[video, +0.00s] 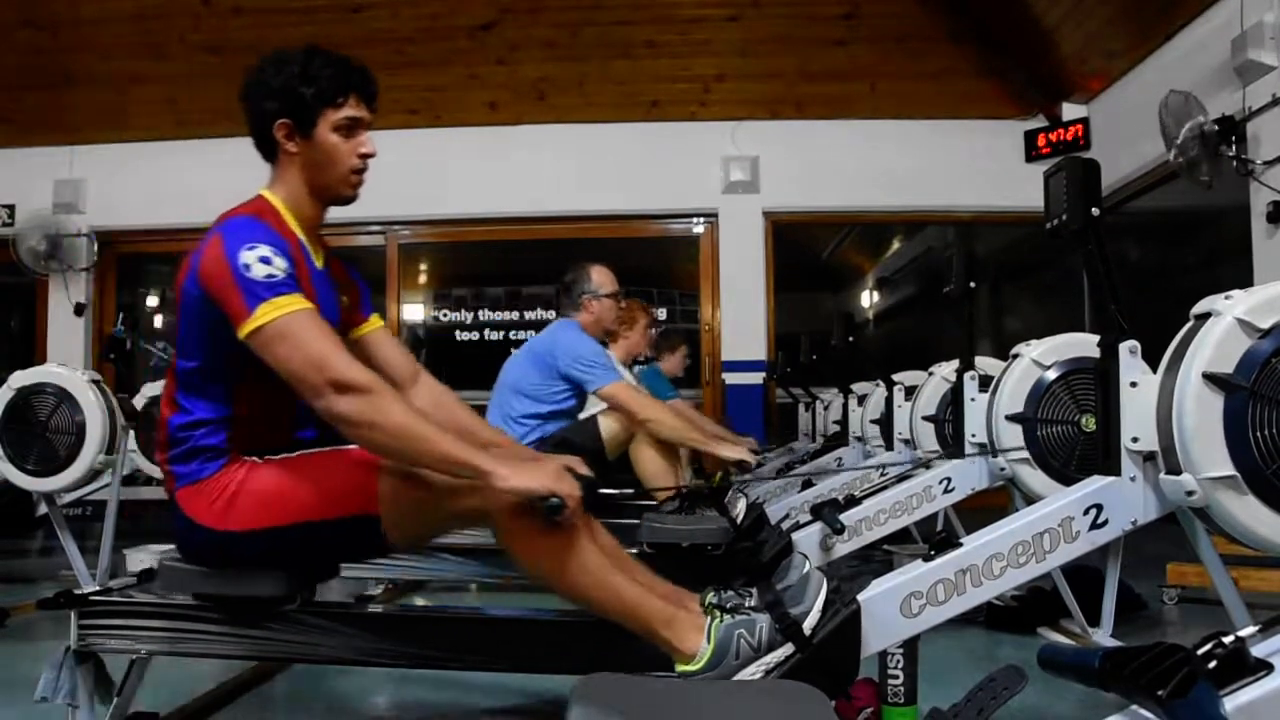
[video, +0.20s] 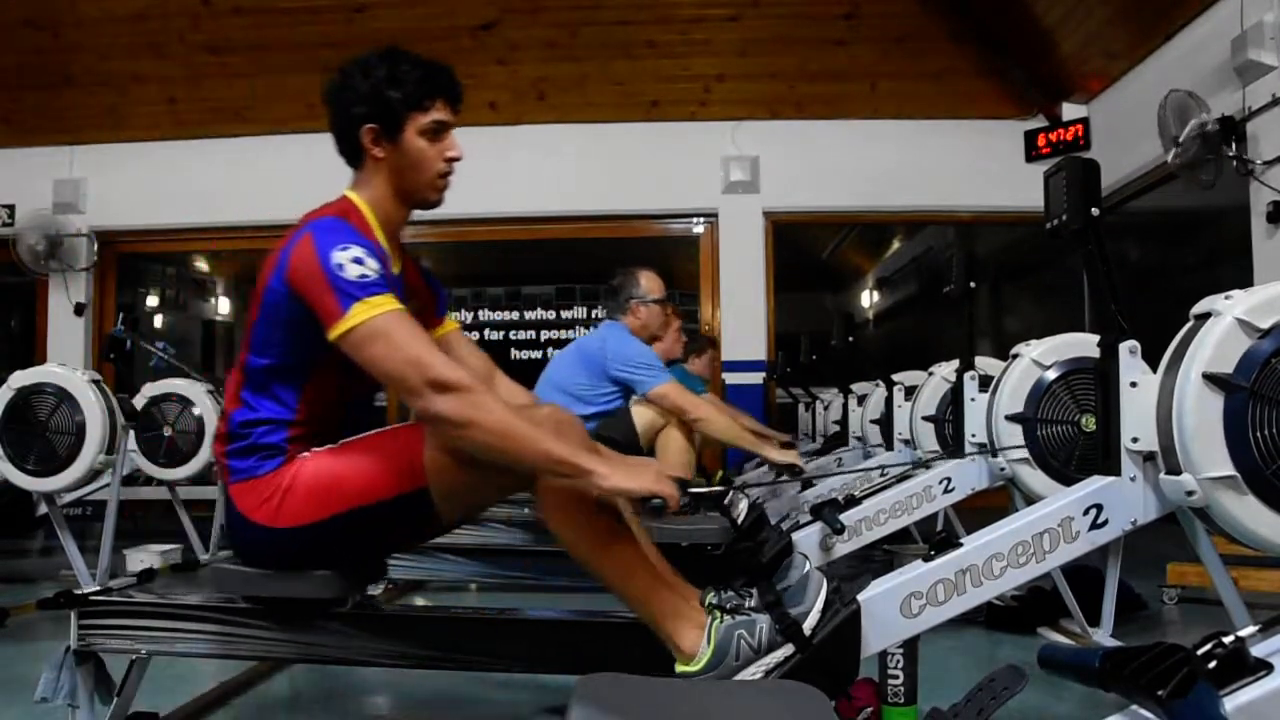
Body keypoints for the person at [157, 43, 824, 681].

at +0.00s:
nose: (369, 148)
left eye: (368, 130)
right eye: (349, 130)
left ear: (325, 140)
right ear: (287, 137)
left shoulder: (315, 258)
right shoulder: (245, 244)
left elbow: (406, 375)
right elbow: (338, 392)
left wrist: (512, 457)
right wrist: (495, 469)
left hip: (288, 472)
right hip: (229, 488)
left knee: (520, 468)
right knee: (496, 487)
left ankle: (699, 621)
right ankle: (696, 644)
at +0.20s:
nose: (454, 153)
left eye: (452, 135)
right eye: (435, 135)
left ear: (387, 146)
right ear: (374, 144)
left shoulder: (398, 262)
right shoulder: (331, 242)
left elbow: (490, 381)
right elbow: (436, 397)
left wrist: (601, 461)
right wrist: (596, 469)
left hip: (326, 481)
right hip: (277, 496)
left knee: (549, 434)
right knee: (523, 449)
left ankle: (690, 612)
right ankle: (695, 638)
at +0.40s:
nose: (548, 156)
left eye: (545, 136)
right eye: (529, 137)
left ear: (484, 152)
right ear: (470, 149)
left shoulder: (467, 251)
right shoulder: (430, 246)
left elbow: (564, 379)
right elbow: (553, 398)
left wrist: (684, 456)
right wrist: (715, 468)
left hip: (390, 484)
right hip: (352, 499)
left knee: (608, 393)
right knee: (603, 397)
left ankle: (693, 617)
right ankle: (697, 638)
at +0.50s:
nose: (594, 157)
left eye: (591, 138)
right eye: (577, 139)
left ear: (524, 154)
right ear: (519, 151)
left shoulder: (496, 244)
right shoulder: (480, 247)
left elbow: (602, 377)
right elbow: (614, 389)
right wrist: (772, 463)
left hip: (419, 484)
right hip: (392, 500)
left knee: (632, 386)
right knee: (632, 399)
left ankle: (700, 623)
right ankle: (700, 642)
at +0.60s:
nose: (641, 158)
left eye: (637, 138)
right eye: (622, 139)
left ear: (570, 154)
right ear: (564, 152)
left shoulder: (543, 244)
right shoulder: (528, 246)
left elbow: (674, 373)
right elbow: (668, 386)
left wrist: (826, 444)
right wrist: (827, 460)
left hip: (462, 491)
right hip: (437, 504)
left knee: (674, 377)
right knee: (663, 394)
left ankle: (705, 613)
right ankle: (701, 637)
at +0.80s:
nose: (713, 161)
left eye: (709, 142)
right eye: (697, 143)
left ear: (644, 155)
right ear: (640, 154)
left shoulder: (624, 243)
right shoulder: (609, 247)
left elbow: (770, 363)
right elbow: (768, 383)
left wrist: (890, 439)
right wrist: (925, 441)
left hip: (525, 499)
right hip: (503, 510)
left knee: (733, 374)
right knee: (730, 383)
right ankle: (703, 622)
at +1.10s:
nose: (686, 151)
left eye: (682, 133)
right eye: (670, 134)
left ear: (618, 149)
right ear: (615, 148)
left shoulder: (607, 235)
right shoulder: (591, 240)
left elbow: (754, 344)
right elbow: (753, 367)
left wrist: (874, 408)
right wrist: (912, 411)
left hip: (507, 489)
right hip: (487, 503)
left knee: (715, 366)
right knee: (713, 379)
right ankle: (702, 625)